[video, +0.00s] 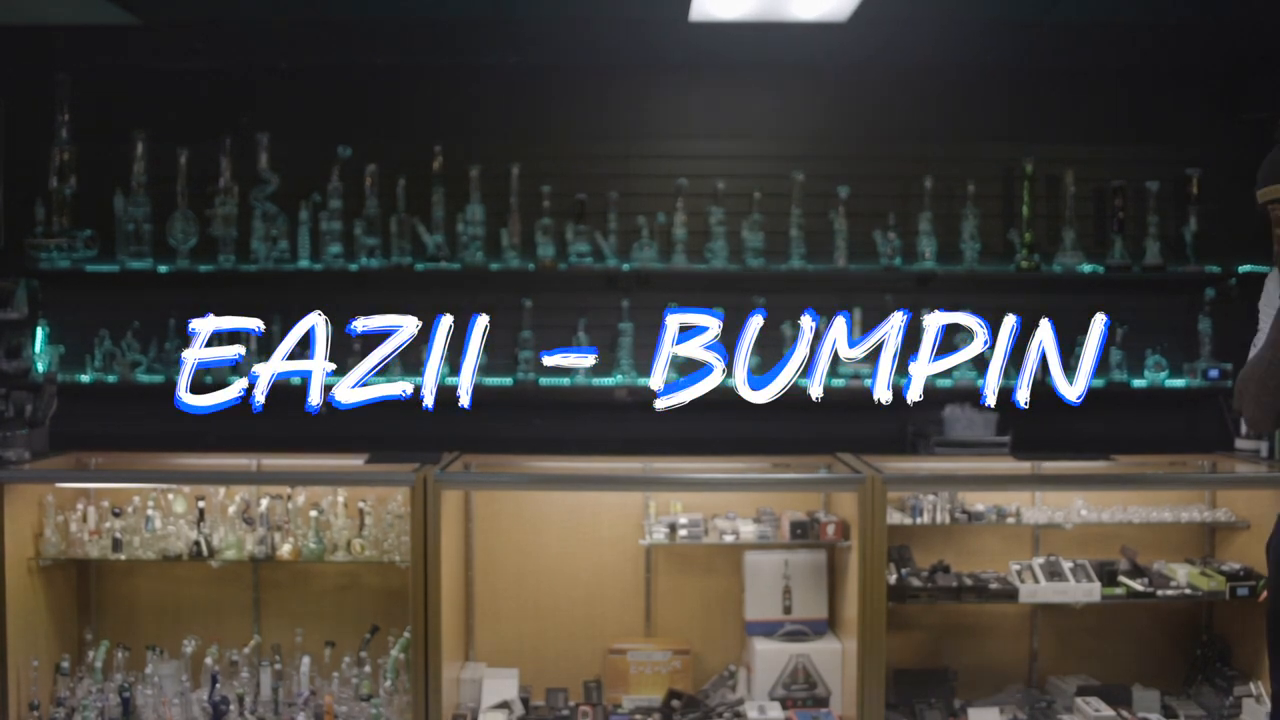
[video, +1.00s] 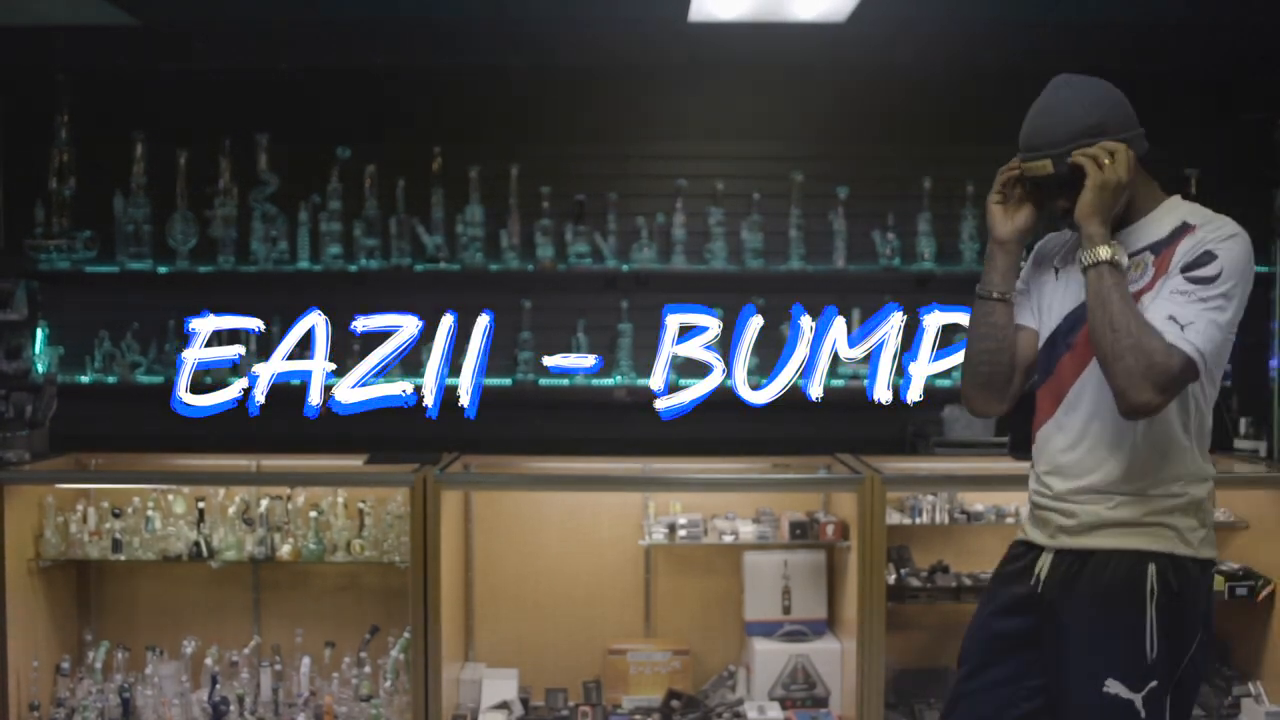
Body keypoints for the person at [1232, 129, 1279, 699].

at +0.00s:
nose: (1274, 223)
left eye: (1275, 206)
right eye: (1269, 208)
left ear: (1278, 205)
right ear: (1263, 210)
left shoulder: (1272, 291)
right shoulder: (1270, 290)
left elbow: (1255, 411)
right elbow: (1253, 410)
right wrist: (1273, 334)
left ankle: (1272, 697)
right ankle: (1272, 698)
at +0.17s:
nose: (1225, 228)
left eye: (1237, 209)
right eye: (1215, 215)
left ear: (1274, 204)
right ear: (1216, 218)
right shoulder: (1236, 279)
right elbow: (1214, 418)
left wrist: (1268, 289)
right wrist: (1246, 306)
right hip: (1264, 515)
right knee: (1255, 691)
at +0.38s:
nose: (1184, 222)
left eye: (1194, 205)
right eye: (1175, 209)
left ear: (1241, 189)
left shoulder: (1279, 260)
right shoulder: (1199, 269)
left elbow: (1274, 374)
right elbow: (1169, 421)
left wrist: (1228, 299)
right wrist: (1189, 315)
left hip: (1278, 526)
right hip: (1221, 523)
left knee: (1263, 700)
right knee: (1220, 698)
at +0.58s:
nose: (1149, 227)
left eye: (1161, 210)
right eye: (1139, 214)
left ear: (1210, 193)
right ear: (1127, 210)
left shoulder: (1271, 260)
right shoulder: (1147, 272)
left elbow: (1270, 409)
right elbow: (1092, 412)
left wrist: (1214, 267)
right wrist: (1100, 283)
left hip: (1253, 547)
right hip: (1169, 546)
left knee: (1204, 711)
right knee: (1185, 711)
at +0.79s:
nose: (1119, 212)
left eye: (1132, 193)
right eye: (1108, 197)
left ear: (1185, 178)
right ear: (1096, 194)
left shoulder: (1263, 259)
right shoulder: (1107, 263)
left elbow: (1211, 393)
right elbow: (1037, 403)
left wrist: (1168, 245)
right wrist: (1061, 259)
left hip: (1202, 550)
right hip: (1109, 549)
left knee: (1146, 707)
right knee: (1097, 708)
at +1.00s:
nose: (1062, 190)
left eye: (1072, 170)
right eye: (1049, 176)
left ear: (1123, 157)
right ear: (1040, 184)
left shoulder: (1214, 244)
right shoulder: (1052, 253)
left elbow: (1141, 387)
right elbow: (986, 397)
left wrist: (1095, 234)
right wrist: (1002, 247)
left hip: (1148, 555)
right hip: (1041, 547)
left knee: (1119, 707)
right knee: (977, 706)